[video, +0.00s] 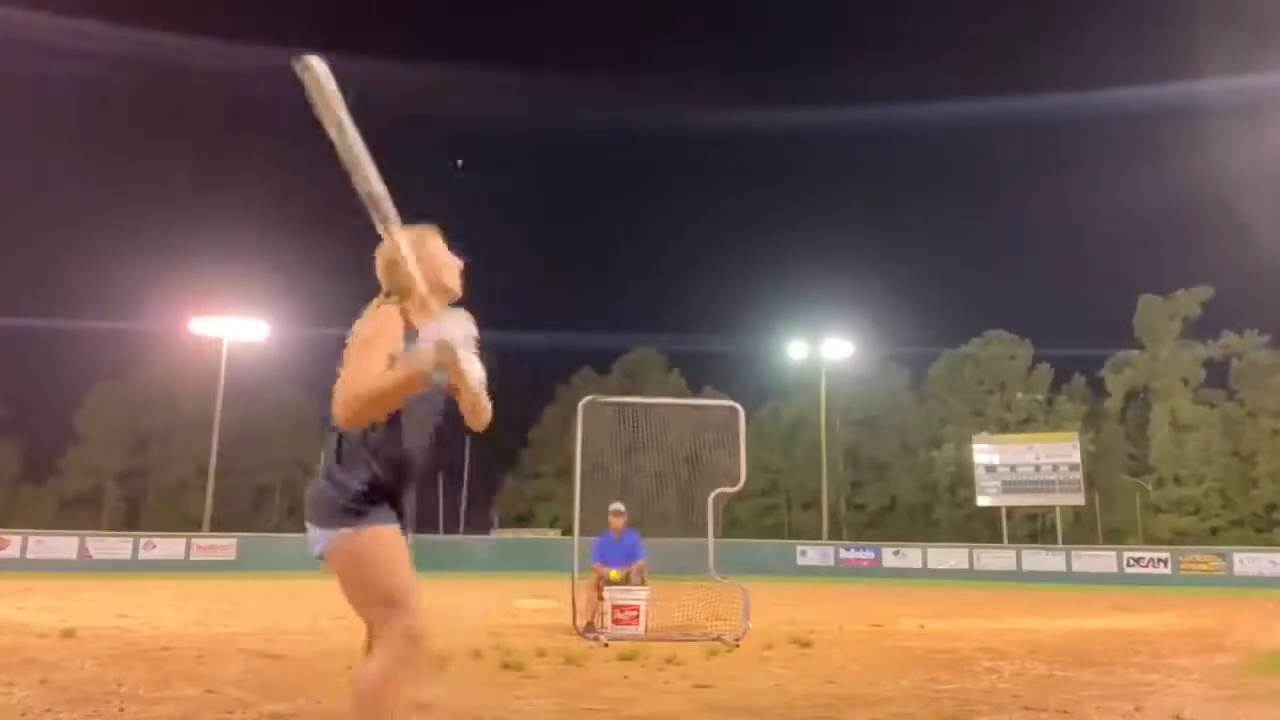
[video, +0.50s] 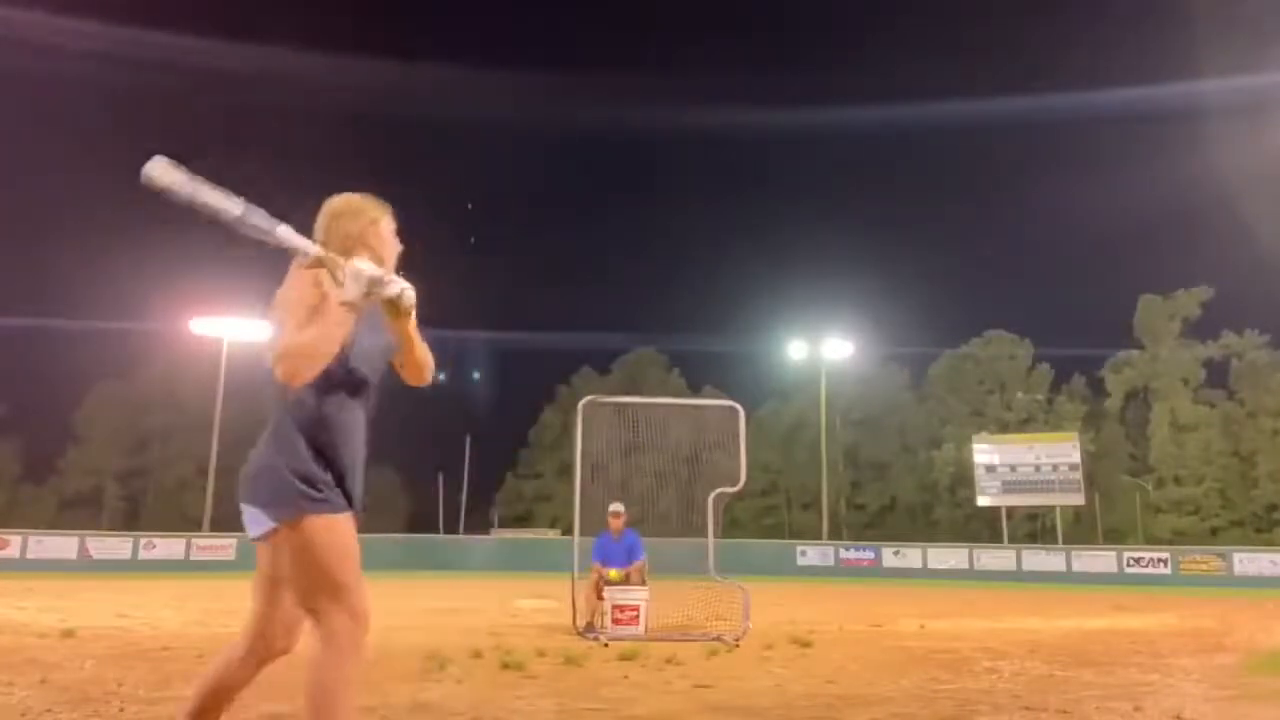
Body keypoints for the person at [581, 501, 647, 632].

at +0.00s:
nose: (616, 520)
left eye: (620, 516)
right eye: (613, 516)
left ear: (625, 518)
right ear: (608, 518)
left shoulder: (633, 537)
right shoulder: (602, 539)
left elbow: (640, 560)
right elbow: (595, 563)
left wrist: (626, 571)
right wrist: (608, 572)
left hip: (627, 571)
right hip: (608, 571)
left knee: (639, 570)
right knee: (594, 578)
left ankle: (636, 619)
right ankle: (590, 621)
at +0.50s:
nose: (615, 520)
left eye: (619, 516)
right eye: (612, 516)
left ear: (625, 518)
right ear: (608, 518)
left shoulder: (632, 537)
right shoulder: (601, 538)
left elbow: (640, 560)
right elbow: (595, 562)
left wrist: (625, 571)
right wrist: (605, 572)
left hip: (626, 571)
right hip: (607, 572)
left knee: (636, 573)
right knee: (593, 579)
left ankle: (635, 618)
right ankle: (589, 621)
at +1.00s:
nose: (615, 520)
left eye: (618, 516)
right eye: (612, 516)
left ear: (624, 518)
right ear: (607, 518)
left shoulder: (632, 537)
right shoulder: (601, 538)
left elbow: (640, 560)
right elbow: (595, 562)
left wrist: (625, 571)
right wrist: (604, 572)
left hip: (626, 571)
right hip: (607, 571)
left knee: (636, 573)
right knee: (593, 579)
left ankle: (635, 619)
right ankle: (589, 621)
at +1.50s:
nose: (614, 521)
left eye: (617, 517)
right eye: (611, 517)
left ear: (623, 518)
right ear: (606, 519)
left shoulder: (631, 537)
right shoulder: (601, 539)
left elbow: (640, 560)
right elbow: (595, 562)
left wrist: (624, 571)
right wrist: (603, 572)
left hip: (625, 571)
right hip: (607, 571)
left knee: (635, 574)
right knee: (593, 579)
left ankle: (635, 619)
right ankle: (589, 621)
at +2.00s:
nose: (612, 521)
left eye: (615, 516)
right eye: (609, 517)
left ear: (622, 518)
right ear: (604, 519)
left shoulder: (631, 537)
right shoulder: (600, 539)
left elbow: (639, 562)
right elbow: (594, 564)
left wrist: (621, 566)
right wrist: (604, 568)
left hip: (624, 573)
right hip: (607, 573)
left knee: (634, 576)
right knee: (592, 579)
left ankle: (632, 620)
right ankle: (589, 621)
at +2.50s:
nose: (599, 523)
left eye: (601, 518)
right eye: (596, 519)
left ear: (609, 519)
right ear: (593, 522)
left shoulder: (621, 535)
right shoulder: (595, 541)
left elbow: (636, 554)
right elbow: (591, 566)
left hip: (622, 573)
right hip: (603, 574)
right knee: (590, 582)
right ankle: (589, 622)